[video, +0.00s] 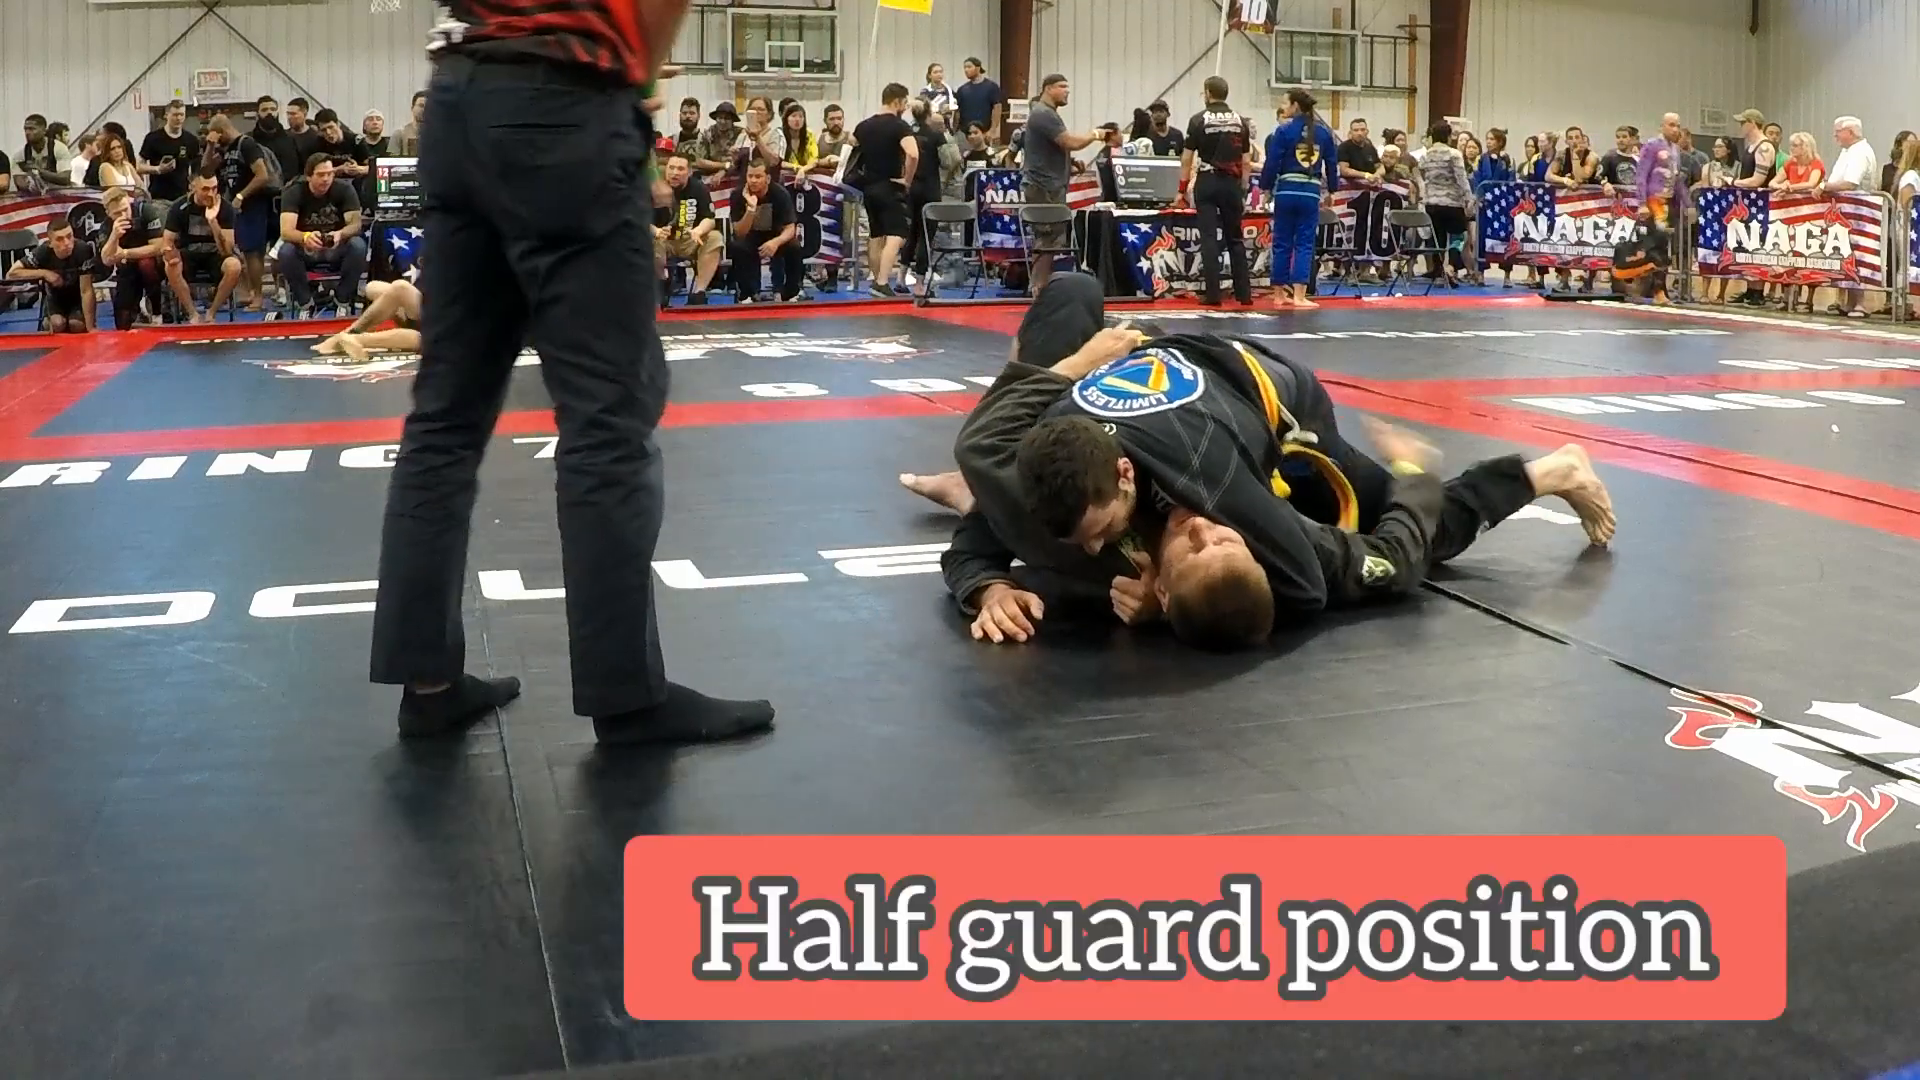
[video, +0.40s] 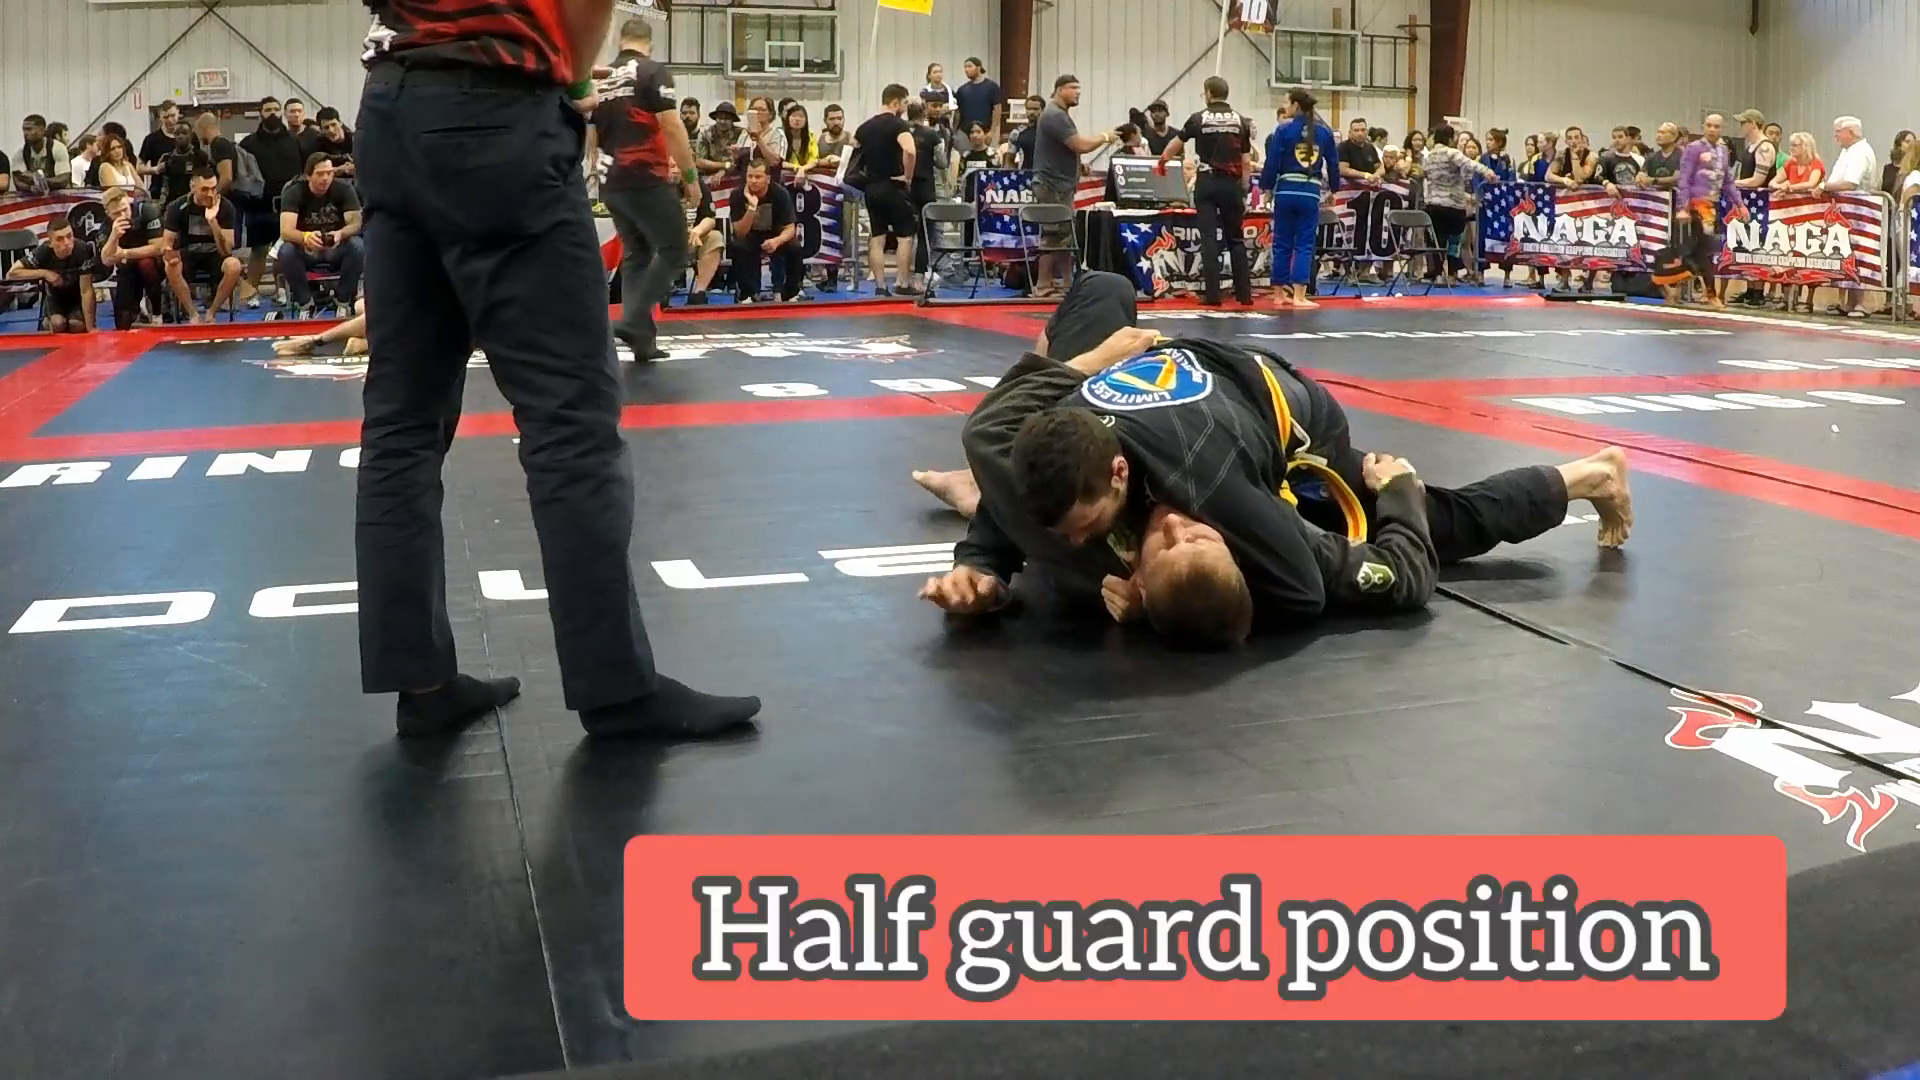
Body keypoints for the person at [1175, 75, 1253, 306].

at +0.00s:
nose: (1203, 95)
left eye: (1204, 92)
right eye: (1205, 92)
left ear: (1208, 94)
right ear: (1226, 94)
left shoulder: (1198, 120)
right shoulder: (1240, 121)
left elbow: (1187, 160)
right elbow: (1245, 160)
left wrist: (1182, 190)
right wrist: (1243, 189)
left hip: (1206, 180)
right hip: (1232, 181)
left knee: (1208, 238)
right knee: (1235, 238)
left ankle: (1212, 294)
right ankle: (1243, 293)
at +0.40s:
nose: (1203, 95)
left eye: (1204, 92)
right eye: (1205, 92)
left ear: (1208, 95)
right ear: (1227, 94)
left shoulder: (1197, 119)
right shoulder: (1241, 121)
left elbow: (1173, 148)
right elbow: (1245, 159)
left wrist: (1162, 161)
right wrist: (1244, 187)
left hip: (1206, 181)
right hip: (1232, 183)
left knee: (1208, 238)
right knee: (1236, 239)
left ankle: (1212, 295)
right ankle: (1244, 295)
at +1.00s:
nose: (1202, 96)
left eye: (1202, 93)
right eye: (1205, 93)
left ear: (1205, 95)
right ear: (1224, 94)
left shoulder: (1195, 121)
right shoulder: (1240, 122)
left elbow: (1188, 158)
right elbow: (1245, 160)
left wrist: (1186, 183)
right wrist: (1244, 190)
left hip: (1203, 180)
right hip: (1230, 181)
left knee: (1207, 238)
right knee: (1236, 238)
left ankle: (1212, 294)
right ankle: (1244, 294)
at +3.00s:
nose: (1202, 96)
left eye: (1203, 93)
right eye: (1204, 93)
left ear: (1206, 94)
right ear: (1225, 93)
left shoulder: (1196, 118)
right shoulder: (1240, 120)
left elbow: (1186, 157)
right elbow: (1245, 160)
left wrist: (1185, 190)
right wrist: (1246, 192)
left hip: (1205, 180)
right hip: (1232, 181)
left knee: (1209, 239)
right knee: (1238, 238)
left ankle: (1213, 295)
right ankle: (1245, 294)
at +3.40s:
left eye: (1203, 92)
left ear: (1204, 94)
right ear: (1224, 93)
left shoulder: (1194, 119)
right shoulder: (1238, 120)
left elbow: (1188, 157)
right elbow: (1245, 159)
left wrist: (1186, 189)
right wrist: (1246, 191)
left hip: (1203, 180)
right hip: (1231, 181)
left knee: (1208, 239)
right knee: (1237, 238)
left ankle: (1212, 295)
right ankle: (1245, 294)